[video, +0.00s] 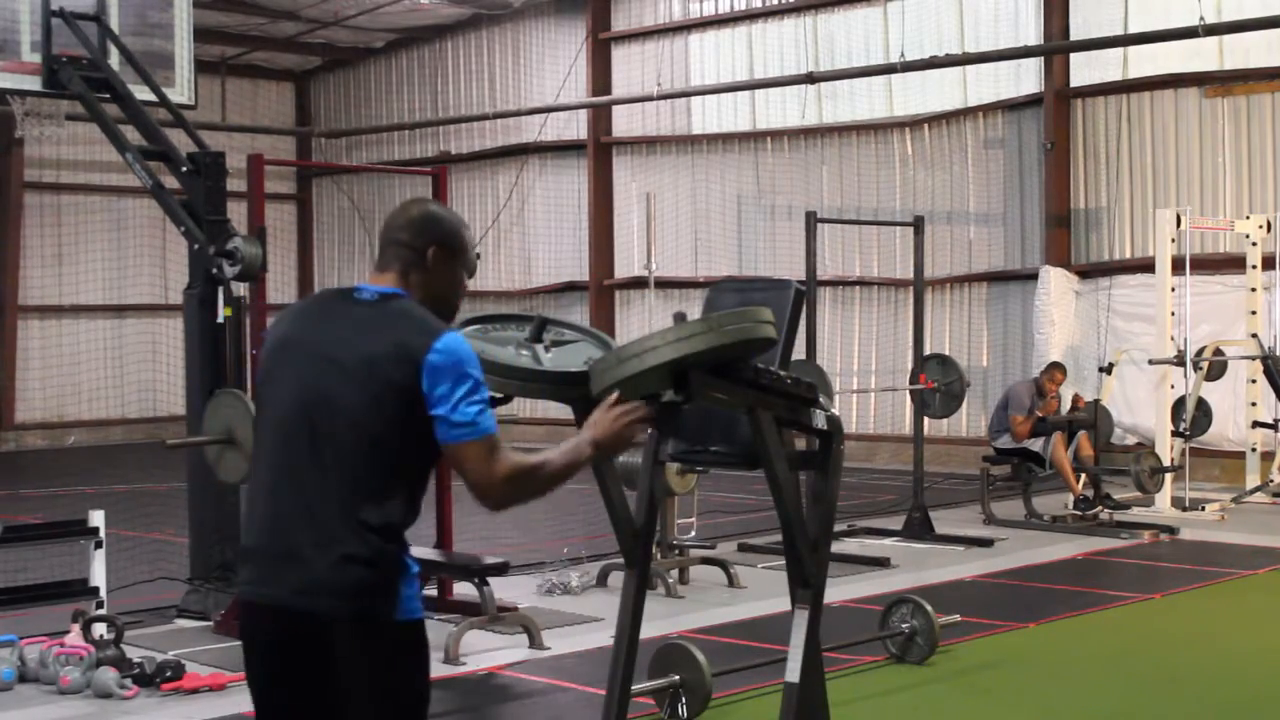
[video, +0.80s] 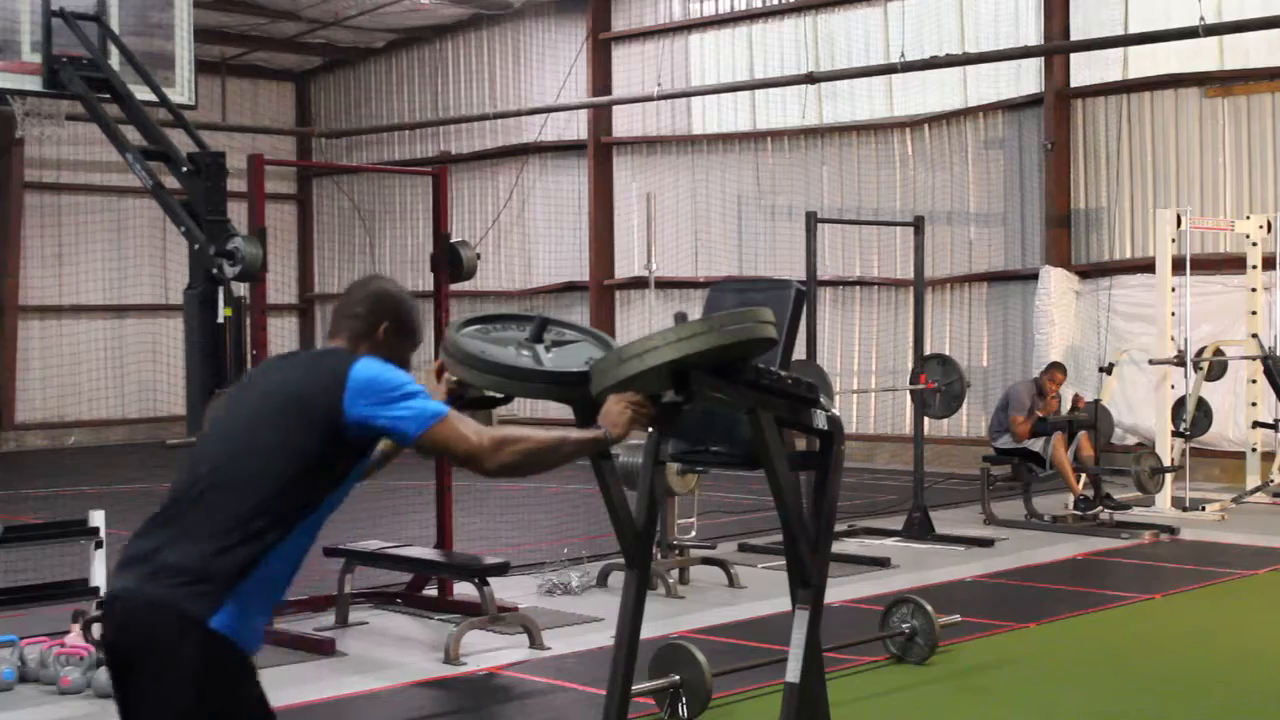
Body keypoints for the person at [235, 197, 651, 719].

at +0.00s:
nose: (466, 290)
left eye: (470, 274)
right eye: (466, 271)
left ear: (381, 256)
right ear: (433, 258)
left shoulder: (289, 325)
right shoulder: (434, 346)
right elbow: (496, 484)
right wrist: (591, 441)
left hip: (268, 603)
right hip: (367, 607)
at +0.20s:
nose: (451, 291)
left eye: (455, 275)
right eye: (450, 272)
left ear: (375, 256)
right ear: (418, 257)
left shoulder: (301, 318)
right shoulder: (413, 336)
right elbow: (493, 461)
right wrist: (596, 434)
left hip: (253, 584)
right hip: (342, 591)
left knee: (278, 712)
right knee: (373, 708)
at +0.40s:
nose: (453, 307)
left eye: (454, 292)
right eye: (450, 290)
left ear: (384, 278)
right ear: (415, 281)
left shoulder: (312, 335)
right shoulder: (396, 336)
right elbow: (496, 439)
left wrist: (514, 421)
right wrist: (601, 433)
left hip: (215, 590)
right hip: (301, 601)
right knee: (360, 714)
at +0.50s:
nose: (444, 330)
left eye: (447, 314)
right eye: (443, 313)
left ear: (377, 291)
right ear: (410, 294)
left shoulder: (310, 339)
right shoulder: (391, 342)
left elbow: (369, 449)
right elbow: (495, 443)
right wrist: (602, 434)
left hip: (199, 586)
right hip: (287, 599)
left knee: (218, 716)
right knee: (334, 712)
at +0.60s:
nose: (436, 335)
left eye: (439, 322)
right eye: (436, 319)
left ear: (367, 302)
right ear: (407, 305)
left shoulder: (301, 348)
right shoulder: (384, 351)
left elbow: (365, 458)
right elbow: (496, 443)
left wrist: (426, 406)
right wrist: (603, 434)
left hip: (179, 589)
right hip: (255, 606)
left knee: (190, 714)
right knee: (294, 711)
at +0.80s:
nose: (405, 368)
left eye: (406, 356)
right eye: (406, 355)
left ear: (338, 329)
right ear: (388, 342)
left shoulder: (275, 376)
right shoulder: (362, 380)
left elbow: (331, 468)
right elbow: (489, 452)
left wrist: (419, 405)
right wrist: (599, 434)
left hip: (137, 610)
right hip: (189, 624)